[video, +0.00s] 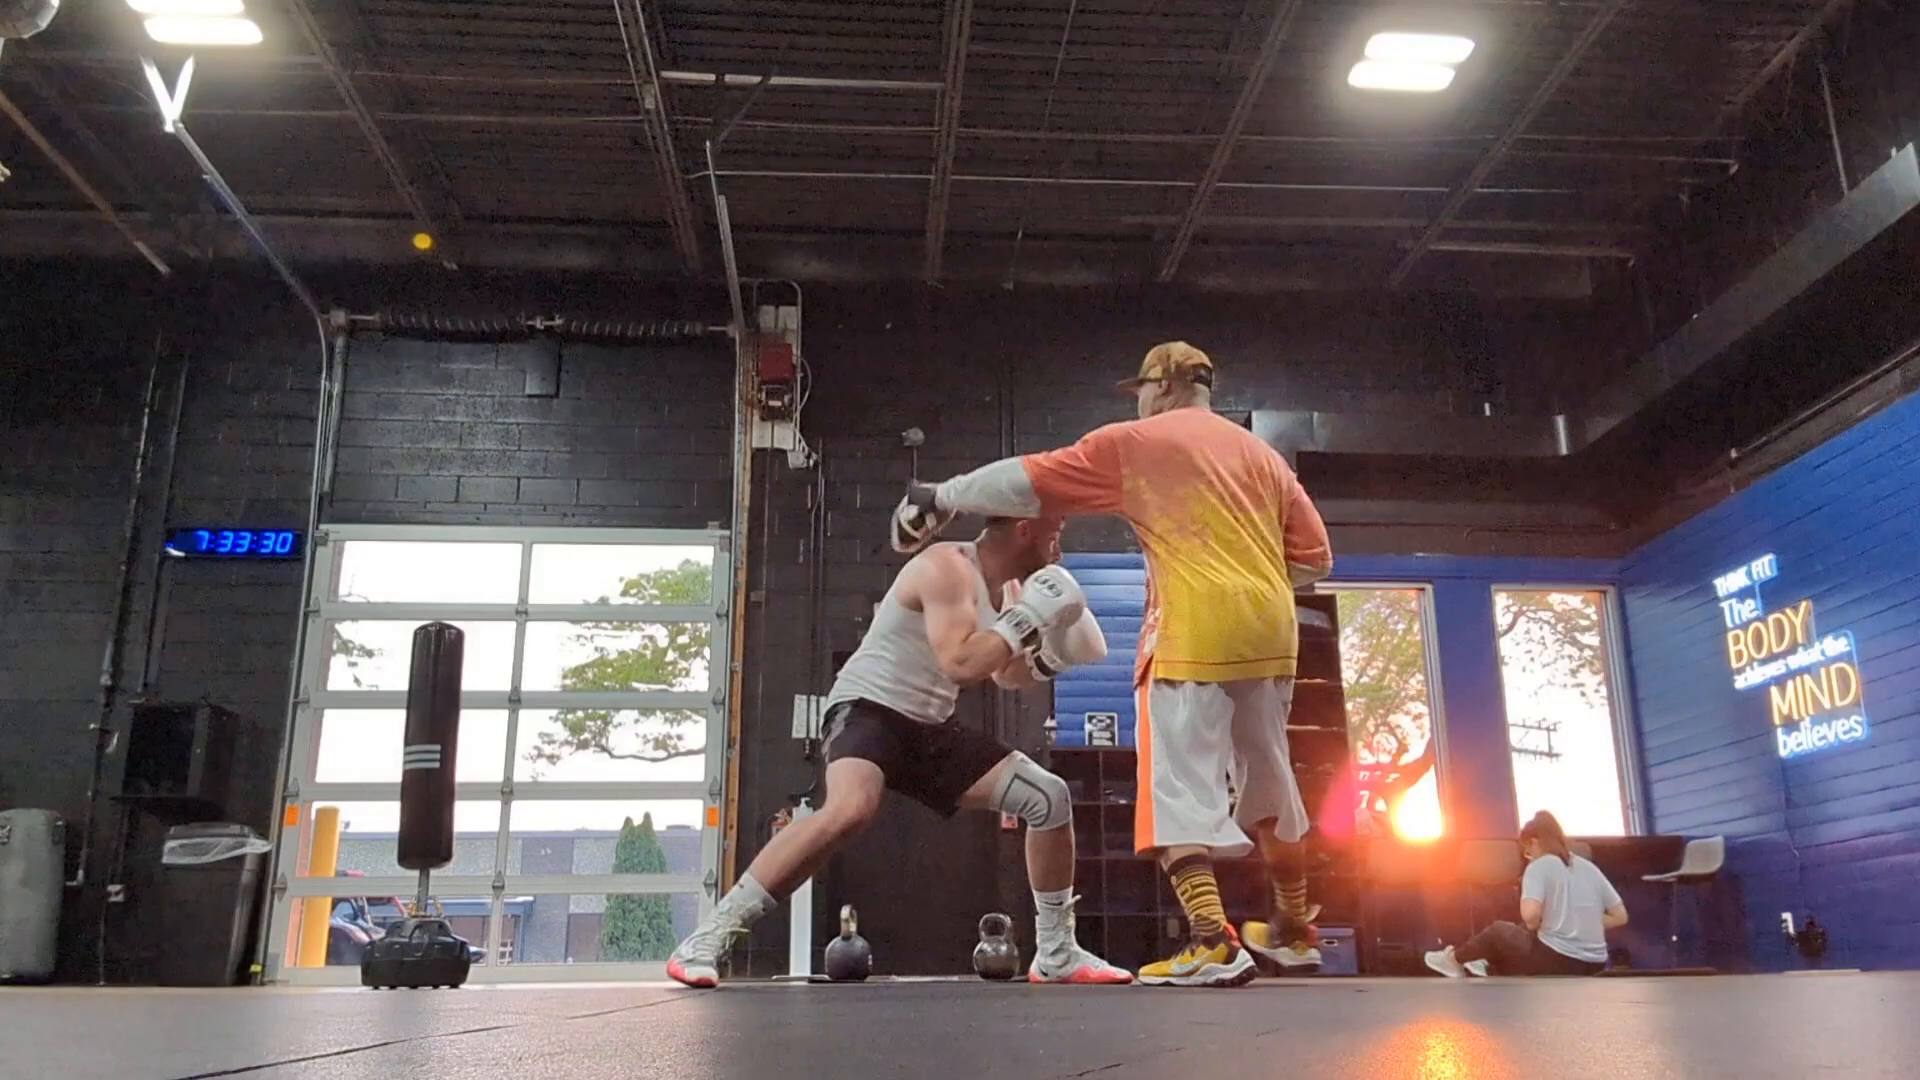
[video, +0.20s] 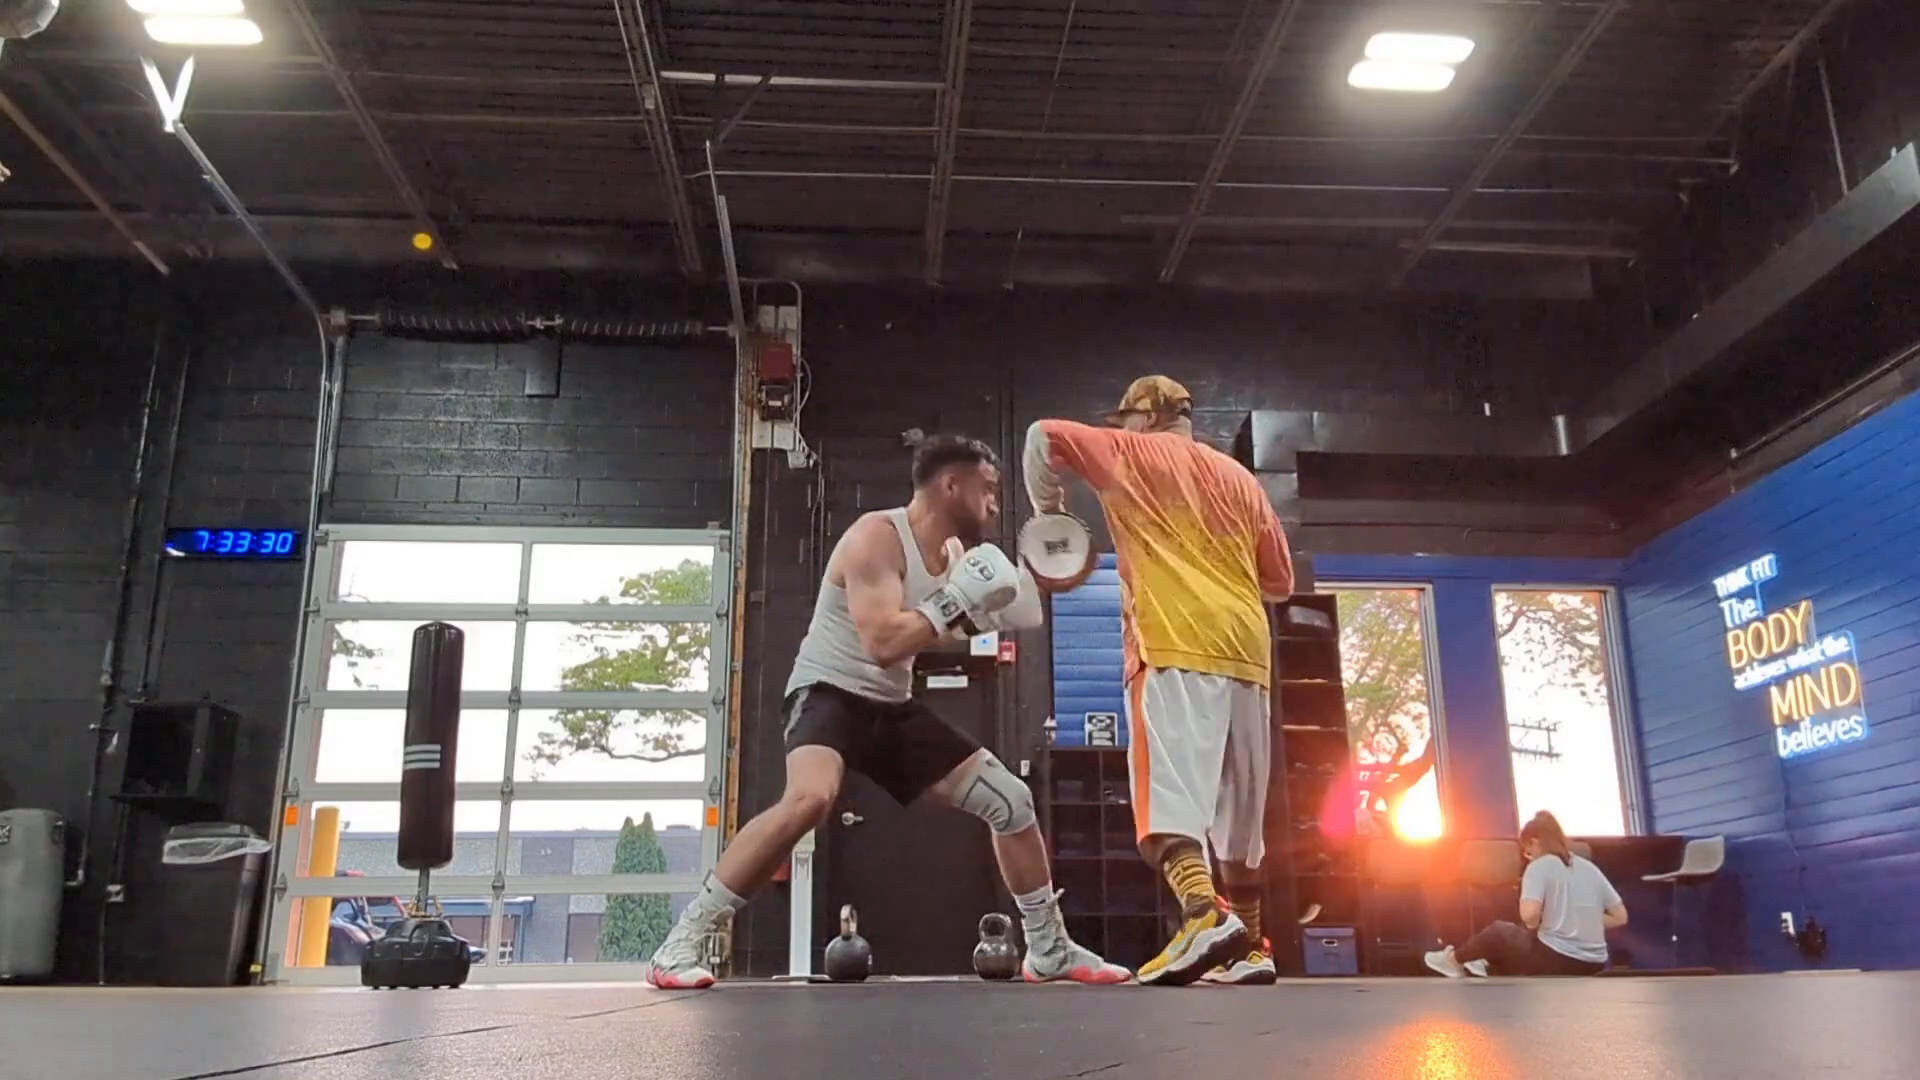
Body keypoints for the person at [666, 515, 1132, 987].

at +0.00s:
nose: (1059, 544)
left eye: (1060, 533)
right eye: (1056, 531)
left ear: (1018, 526)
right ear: (1025, 526)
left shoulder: (1007, 590)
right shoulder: (947, 563)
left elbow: (1011, 672)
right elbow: (960, 660)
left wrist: (1049, 659)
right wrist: (1026, 616)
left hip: (931, 732)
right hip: (867, 713)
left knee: (1048, 799)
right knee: (851, 809)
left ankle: (1056, 954)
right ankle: (709, 939)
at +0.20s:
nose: (994, 503)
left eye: (996, 492)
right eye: (987, 489)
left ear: (960, 489)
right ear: (947, 485)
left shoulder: (959, 558)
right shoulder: (873, 536)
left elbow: (927, 644)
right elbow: (881, 640)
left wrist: (982, 637)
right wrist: (956, 594)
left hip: (895, 710)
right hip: (830, 696)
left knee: (1010, 801)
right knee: (811, 800)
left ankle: (1049, 951)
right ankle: (686, 941)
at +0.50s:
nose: (952, 424)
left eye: (952, 414)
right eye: (950, 413)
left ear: (889, 410)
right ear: (930, 406)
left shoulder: (839, 471)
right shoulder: (933, 445)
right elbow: (1010, 511)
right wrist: (1024, 490)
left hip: (846, 632)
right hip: (862, 629)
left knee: (957, 783)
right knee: (853, 796)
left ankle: (931, 947)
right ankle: (684, 902)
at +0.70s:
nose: (939, 405)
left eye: (938, 394)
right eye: (939, 393)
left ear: (879, 392)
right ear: (926, 387)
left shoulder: (835, 457)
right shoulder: (905, 432)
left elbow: (802, 561)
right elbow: (938, 531)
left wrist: (891, 558)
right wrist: (962, 504)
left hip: (829, 624)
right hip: (849, 617)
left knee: (925, 783)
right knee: (870, 774)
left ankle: (927, 944)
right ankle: (771, 935)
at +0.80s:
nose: (936, 399)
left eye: (934, 387)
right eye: (936, 386)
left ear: (878, 380)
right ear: (924, 381)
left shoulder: (861, 431)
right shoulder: (883, 420)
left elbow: (886, 544)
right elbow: (906, 520)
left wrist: (930, 518)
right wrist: (938, 502)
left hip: (845, 614)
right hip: (824, 610)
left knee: (901, 769)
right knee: (865, 764)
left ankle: (893, 934)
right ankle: (769, 936)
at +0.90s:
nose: (919, 390)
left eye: (916, 379)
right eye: (919, 378)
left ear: (858, 368)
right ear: (908, 374)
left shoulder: (835, 422)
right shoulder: (870, 414)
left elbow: (900, 524)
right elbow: (915, 515)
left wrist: (939, 512)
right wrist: (937, 478)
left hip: (822, 606)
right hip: (833, 603)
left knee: (894, 772)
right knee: (871, 763)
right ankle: (767, 939)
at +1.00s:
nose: (896, 386)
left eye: (894, 377)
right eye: (895, 376)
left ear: (827, 376)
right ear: (887, 370)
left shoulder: (790, 440)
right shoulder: (883, 416)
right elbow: (938, 507)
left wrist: (847, 538)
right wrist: (940, 534)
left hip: (797, 613)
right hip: (854, 602)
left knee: (845, 782)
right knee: (884, 773)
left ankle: (776, 938)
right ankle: (773, 934)